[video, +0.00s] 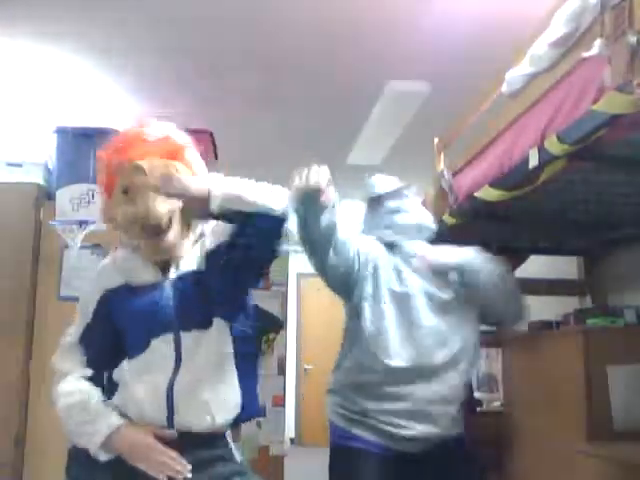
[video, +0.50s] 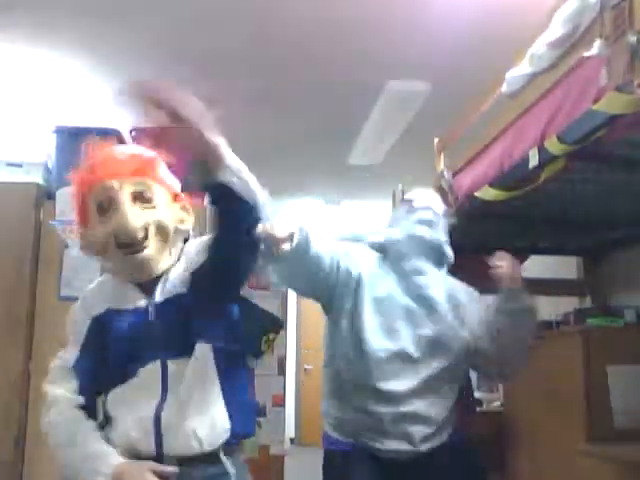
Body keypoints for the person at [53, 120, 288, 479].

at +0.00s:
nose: (147, 208)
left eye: (162, 188)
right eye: (128, 194)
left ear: (188, 199)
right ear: (111, 211)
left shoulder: (223, 260)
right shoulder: (110, 280)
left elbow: (278, 209)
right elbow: (70, 380)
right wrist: (121, 437)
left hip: (210, 456)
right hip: (118, 458)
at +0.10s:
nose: (144, 219)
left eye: (157, 202)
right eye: (127, 208)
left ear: (181, 205)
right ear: (109, 218)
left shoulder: (216, 262)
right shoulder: (108, 284)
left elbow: (265, 212)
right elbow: (67, 378)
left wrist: (190, 189)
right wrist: (114, 434)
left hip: (208, 456)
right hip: (119, 458)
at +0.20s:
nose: (147, 227)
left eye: (159, 209)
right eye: (125, 218)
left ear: (188, 214)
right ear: (104, 235)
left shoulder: (214, 270)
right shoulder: (105, 292)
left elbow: (269, 196)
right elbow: (61, 383)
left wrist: (206, 207)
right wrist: (106, 435)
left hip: (210, 457)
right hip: (121, 456)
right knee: (79, 470)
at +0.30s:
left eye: (152, 202)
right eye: (117, 214)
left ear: (184, 206)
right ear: (105, 233)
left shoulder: (219, 269)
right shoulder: (106, 297)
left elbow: (273, 188)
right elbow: (56, 392)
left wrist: (197, 198)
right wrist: (104, 447)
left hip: (213, 462)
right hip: (129, 465)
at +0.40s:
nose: (133, 218)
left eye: (148, 194)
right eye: (111, 203)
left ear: (181, 209)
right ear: (93, 231)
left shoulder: (217, 265)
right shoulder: (96, 305)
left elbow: (272, 200)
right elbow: (54, 406)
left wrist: (201, 158)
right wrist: (103, 465)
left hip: (216, 464)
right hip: (133, 469)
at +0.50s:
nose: (127, 220)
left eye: (143, 198)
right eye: (105, 208)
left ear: (180, 213)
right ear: (88, 236)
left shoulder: (207, 274)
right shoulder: (95, 305)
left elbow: (245, 223)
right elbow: (61, 407)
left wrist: (212, 156)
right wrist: (111, 467)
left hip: (211, 465)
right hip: (129, 467)